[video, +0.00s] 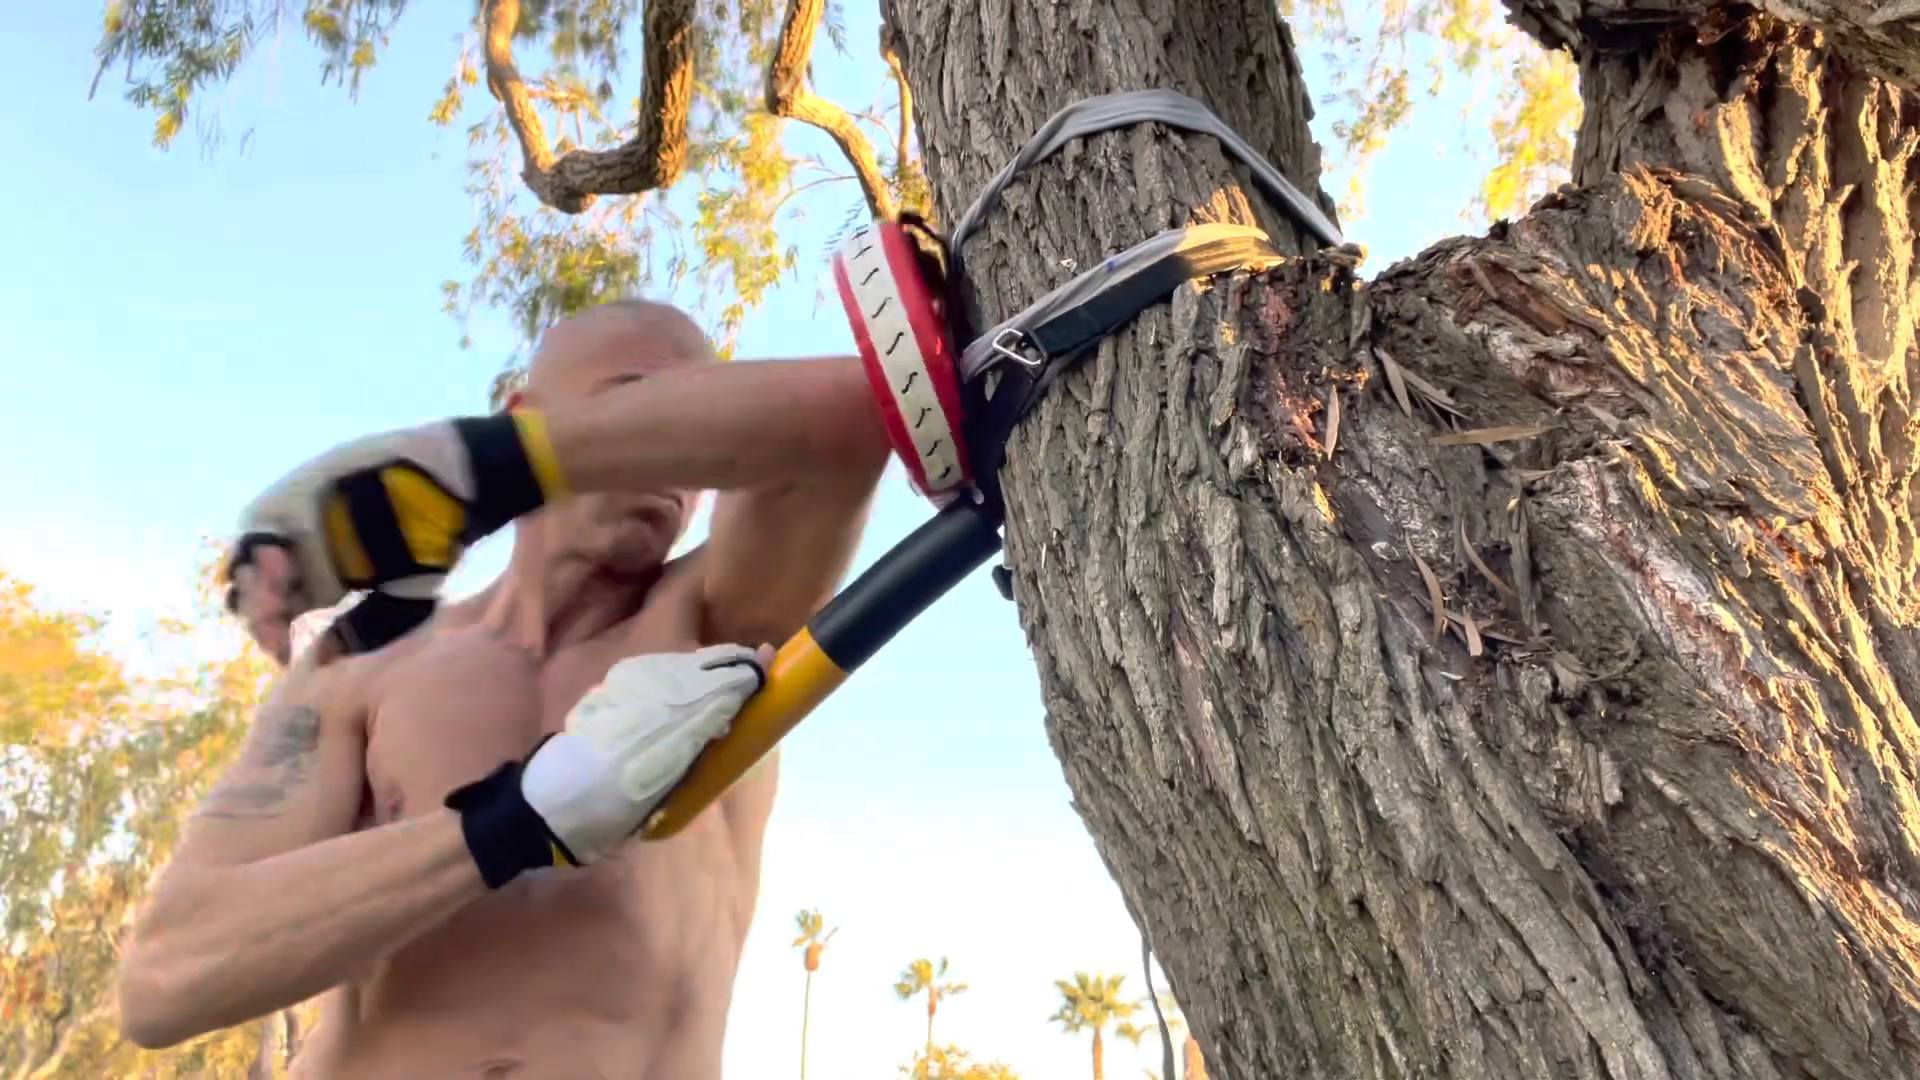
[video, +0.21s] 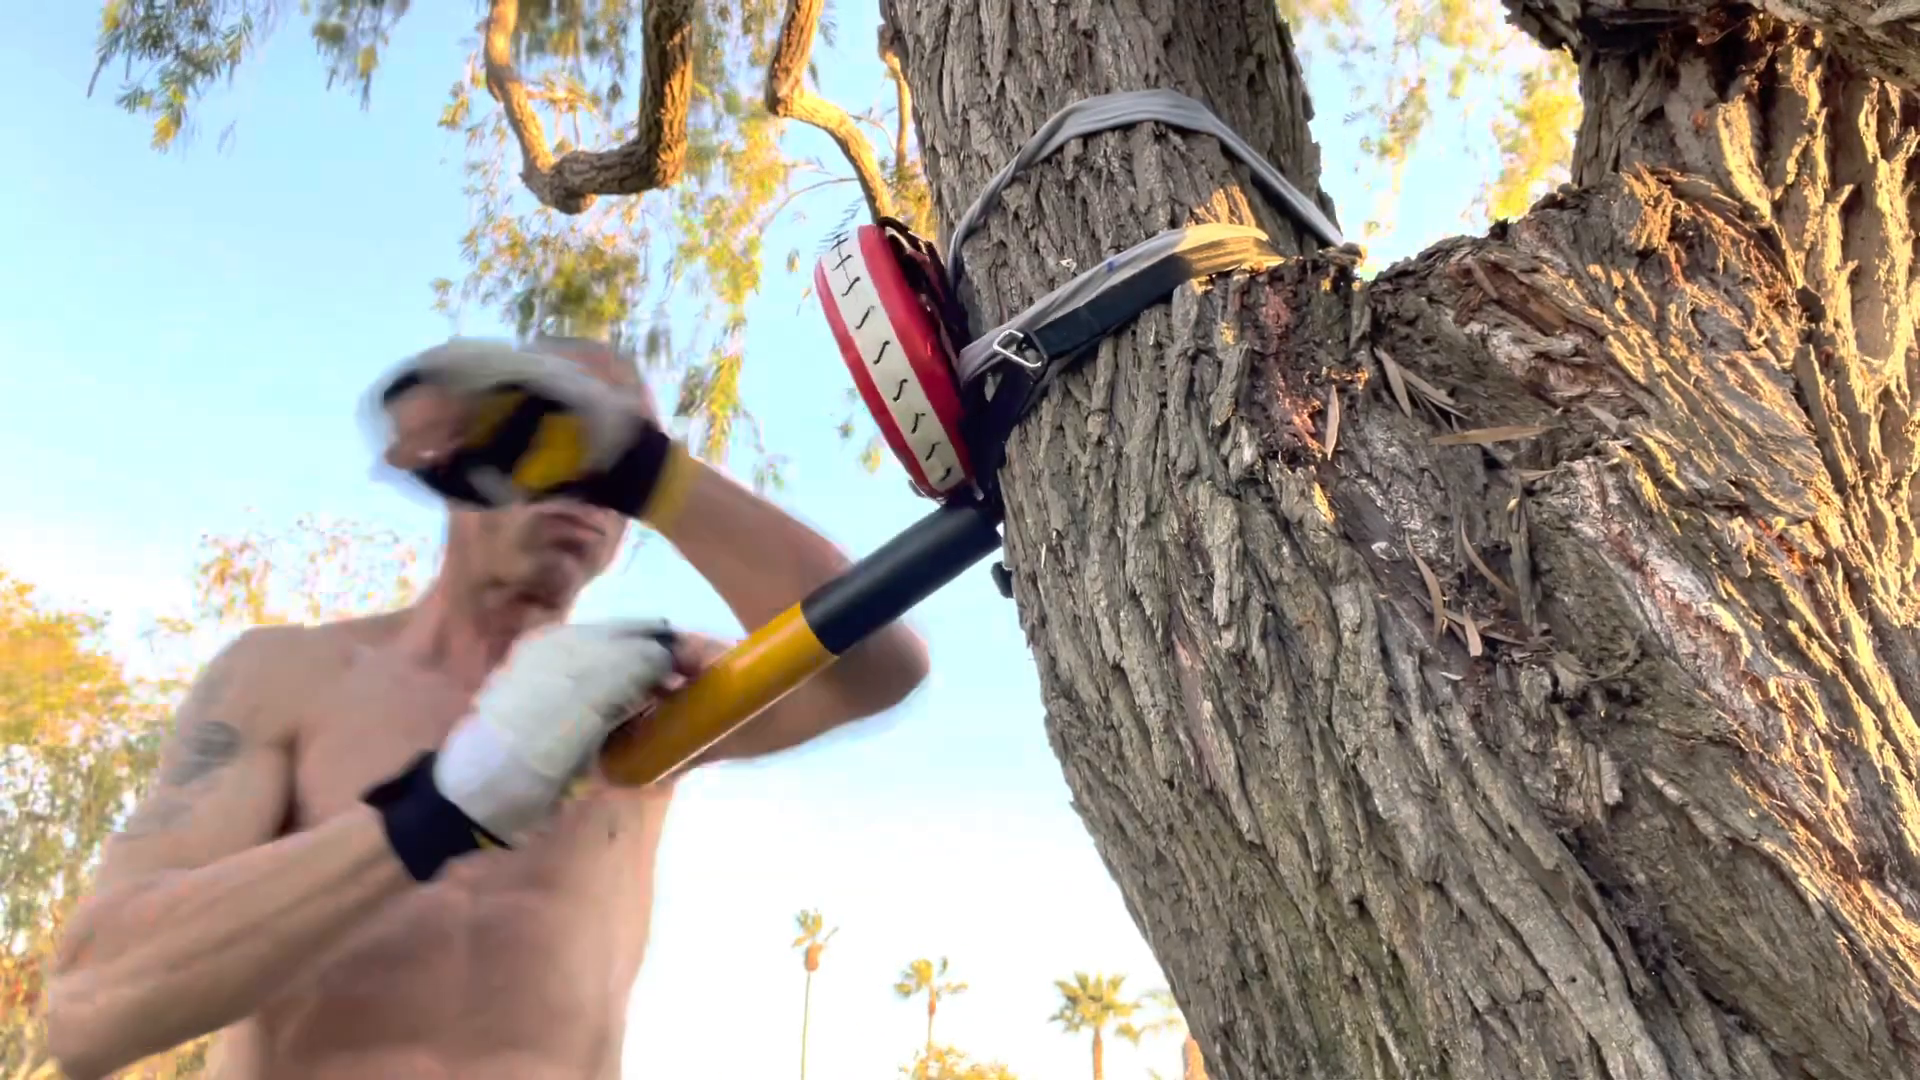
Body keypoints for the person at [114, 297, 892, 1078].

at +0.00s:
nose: (668, 452)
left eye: (693, 413)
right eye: (624, 398)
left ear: (715, 456)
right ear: (520, 414)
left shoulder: (712, 622)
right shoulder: (351, 682)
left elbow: (854, 410)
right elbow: (159, 981)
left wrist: (489, 457)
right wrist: (520, 820)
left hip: (622, 1060)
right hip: (368, 1064)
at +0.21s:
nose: (585, 495)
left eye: (613, 472)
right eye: (546, 448)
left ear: (628, 514)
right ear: (459, 459)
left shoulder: (630, 693)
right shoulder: (278, 675)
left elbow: (882, 667)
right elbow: (87, 1009)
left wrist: (641, 461)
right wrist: (447, 806)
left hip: (557, 1058)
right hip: (303, 1061)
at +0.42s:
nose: (436, 498)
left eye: (465, 470)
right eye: (402, 448)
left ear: (485, 501)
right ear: (279, 466)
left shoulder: (453, 718)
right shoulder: (107, 660)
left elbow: (694, 976)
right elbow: (135, 908)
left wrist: (565, 806)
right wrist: (429, 629)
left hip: (402, 1062)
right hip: (160, 1065)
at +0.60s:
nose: (355, 492)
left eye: (383, 472)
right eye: (315, 443)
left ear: (389, 515)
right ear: (191, 459)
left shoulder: (412, 687)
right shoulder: (42, 671)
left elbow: (680, 692)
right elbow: (50, 965)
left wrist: (858, 498)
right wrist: (435, 843)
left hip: (354, 1060)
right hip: (125, 1062)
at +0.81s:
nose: (286, 484)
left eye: (316, 466)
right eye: (243, 438)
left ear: (331, 509)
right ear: (123, 462)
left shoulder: (386, 670)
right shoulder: (24, 695)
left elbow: (651, 684)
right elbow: (23, 924)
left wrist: (777, 497)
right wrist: (368, 801)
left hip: (353, 1061)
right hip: (73, 1068)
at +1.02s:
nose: (375, 485)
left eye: (405, 465)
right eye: (334, 440)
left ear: (419, 510)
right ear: (217, 470)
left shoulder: (476, 691)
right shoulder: (74, 716)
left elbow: (781, 796)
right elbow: (17, 921)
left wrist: (811, 574)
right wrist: (350, 765)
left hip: (437, 1056)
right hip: (173, 1063)